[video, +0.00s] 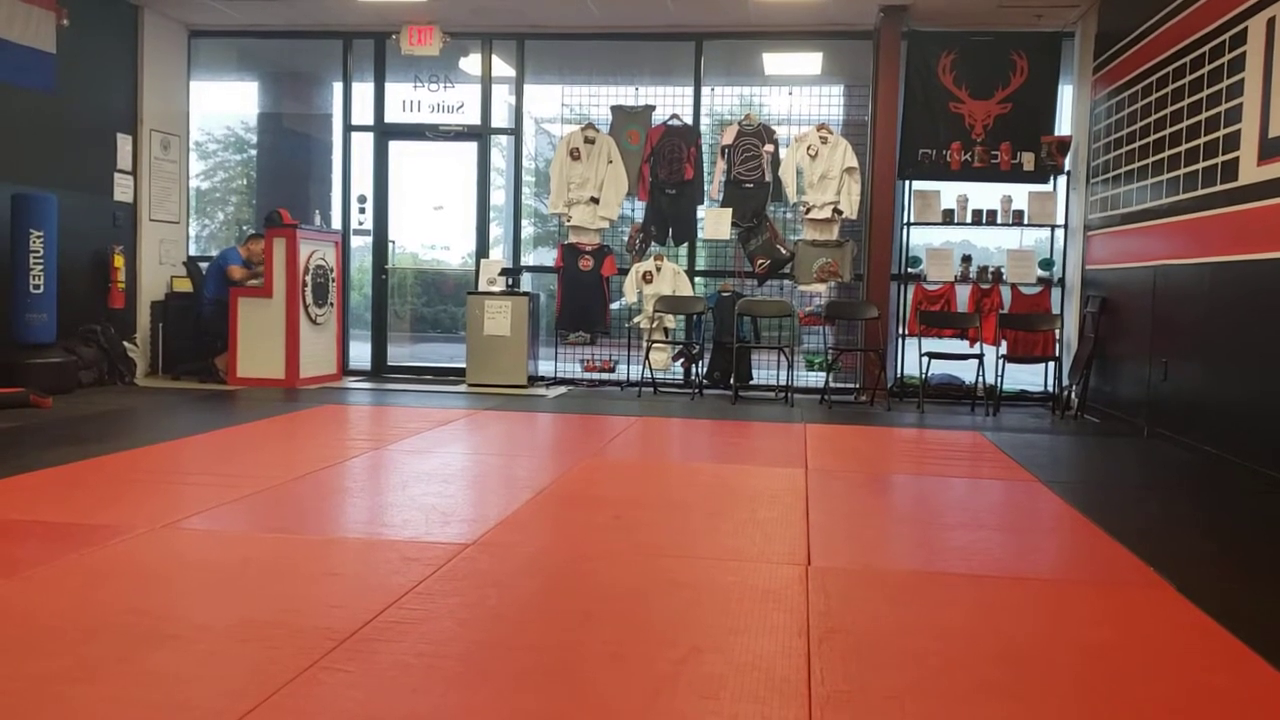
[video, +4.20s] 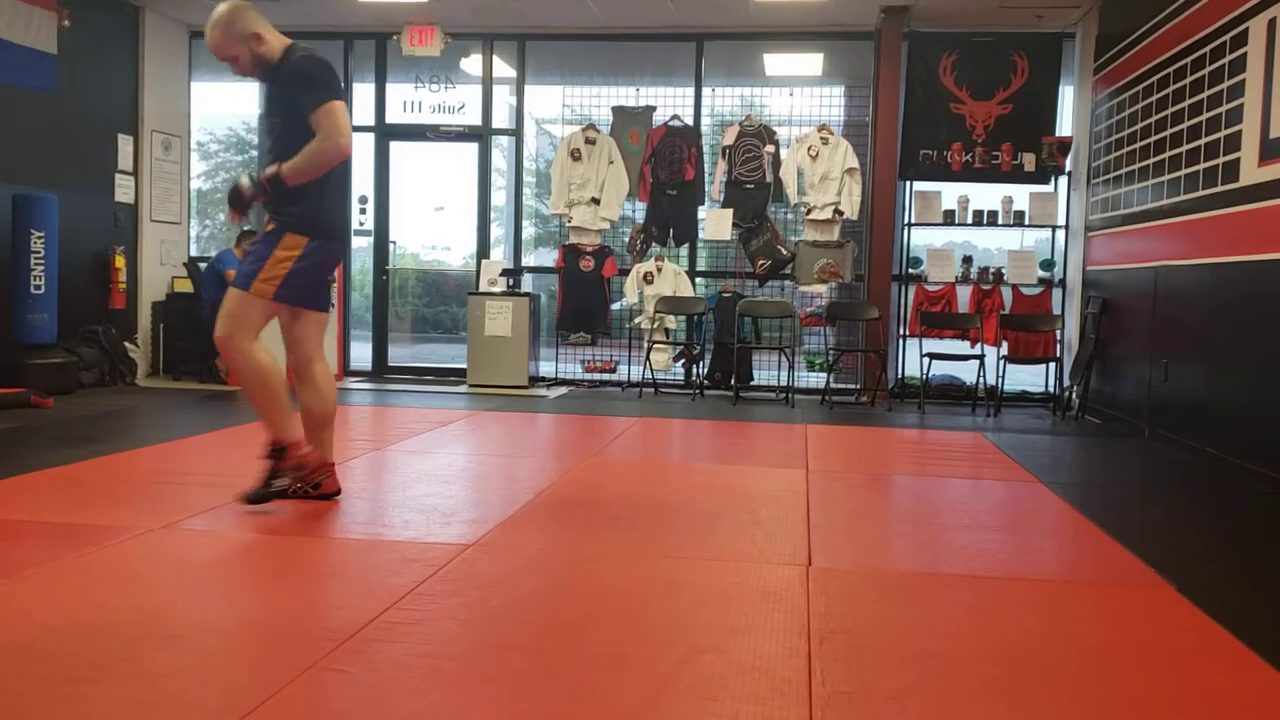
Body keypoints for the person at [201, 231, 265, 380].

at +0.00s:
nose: (262, 256)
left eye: (264, 252)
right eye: (261, 251)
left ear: (252, 246)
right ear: (250, 245)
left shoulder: (244, 261)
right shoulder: (231, 254)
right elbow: (236, 275)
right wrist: (256, 273)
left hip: (227, 306)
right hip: (213, 307)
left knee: (254, 329)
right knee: (249, 332)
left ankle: (224, 363)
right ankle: (221, 362)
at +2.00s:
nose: (262, 254)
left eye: (263, 250)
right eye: (260, 249)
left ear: (247, 246)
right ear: (247, 245)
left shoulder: (245, 263)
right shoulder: (229, 256)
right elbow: (235, 279)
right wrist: (257, 278)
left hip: (230, 308)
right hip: (215, 309)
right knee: (253, 332)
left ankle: (226, 363)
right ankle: (223, 362)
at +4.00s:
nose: (261, 254)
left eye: (262, 250)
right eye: (260, 249)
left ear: (248, 245)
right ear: (247, 244)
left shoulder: (246, 264)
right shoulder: (228, 255)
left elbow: (252, 284)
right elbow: (235, 280)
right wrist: (258, 278)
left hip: (230, 308)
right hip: (213, 309)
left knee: (259, 327)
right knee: (253, 330)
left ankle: (227, 363)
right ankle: (224, 362)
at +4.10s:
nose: (261, 254)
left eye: (262, 250)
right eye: (259, 249)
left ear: (247, 245)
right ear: (246, 244)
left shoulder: (246, 264)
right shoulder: (228, 256)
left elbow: (252, 282)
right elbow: (235, 280)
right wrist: (258, 279)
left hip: (230, 308)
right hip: (213, 309)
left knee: (257, 324)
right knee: (251, 328)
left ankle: (226, 363)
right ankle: (223, 362)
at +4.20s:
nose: (252, 250)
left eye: (254, 246)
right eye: (251, 245)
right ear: (242, 244)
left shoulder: (242, 261)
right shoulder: (226, 256)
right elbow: (234, 280)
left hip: (221, 303)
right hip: (209, 303)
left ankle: (221, 367)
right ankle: (215, 368)